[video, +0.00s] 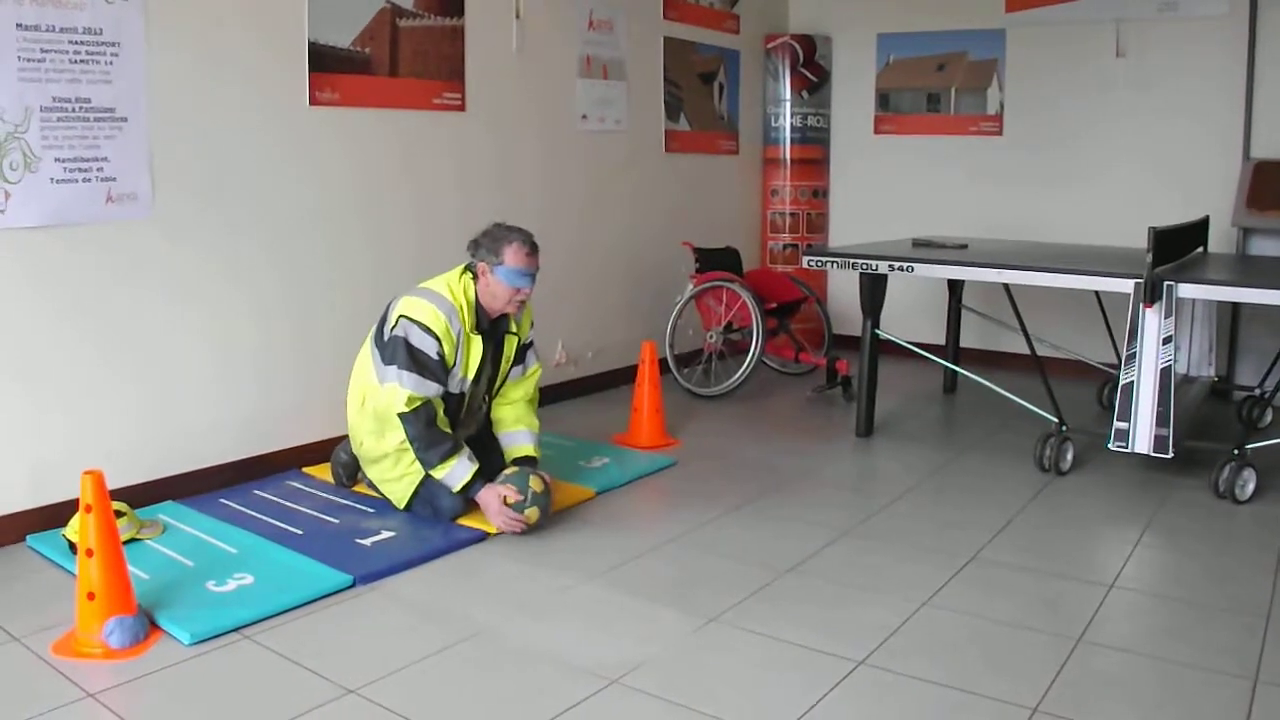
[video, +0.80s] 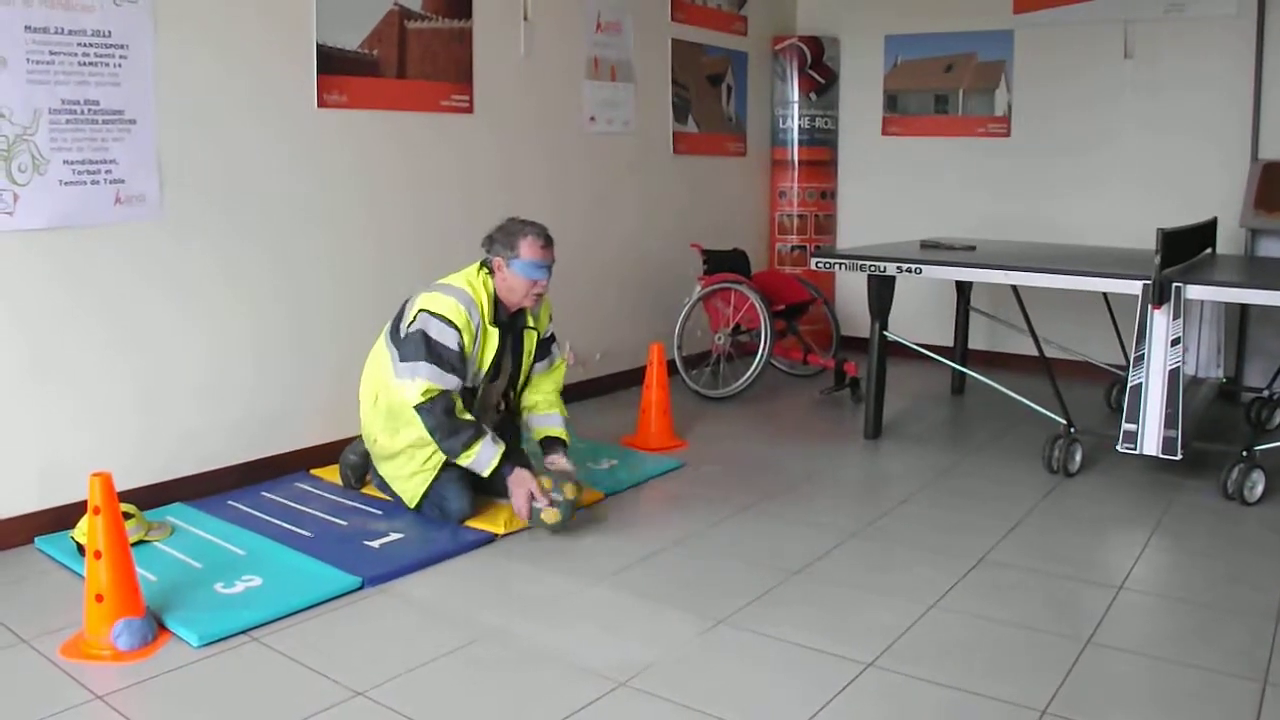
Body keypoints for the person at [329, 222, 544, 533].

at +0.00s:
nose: (527, 292)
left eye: (532, 280)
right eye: (517, 280)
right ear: (483, 272)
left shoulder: (516, 314)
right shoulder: (426, 316)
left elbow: (515, 394)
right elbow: (416, 419)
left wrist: (525, 466)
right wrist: (479, 489)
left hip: (456, 416)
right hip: (388, 428)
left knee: (498, 476)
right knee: (450, 506)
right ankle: (369, 458)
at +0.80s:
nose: (543, 285)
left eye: (548, 273)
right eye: (533, 273)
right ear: (499, 268)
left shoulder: (534, 308)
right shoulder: (446, 310)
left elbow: (541, 383)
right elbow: (434, 409)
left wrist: (554, 450)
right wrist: (508, 469)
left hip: (470, 412)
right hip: (401, 422)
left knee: (511, 484)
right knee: (455, 506)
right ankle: (375, 462)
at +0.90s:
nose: (544, 288)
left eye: (548, 276)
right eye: (534, 276)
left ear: (552, 271)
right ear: (499, 270)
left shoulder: (532, 309)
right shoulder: (453, 314)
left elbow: (557, 378)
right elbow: (477, 407)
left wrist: (606, 425)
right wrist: (568, 440)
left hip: (461, 410)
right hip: (405, 421)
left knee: (516, 483)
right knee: (455, 507)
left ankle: (425, 449)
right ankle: (377, 456)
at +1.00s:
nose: (550, 286)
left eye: (554, 274)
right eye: (541, 274)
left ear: (559, 272)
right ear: (505, 271)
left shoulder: (536, 305)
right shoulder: (462, 313)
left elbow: (570, 362)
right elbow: (504, 397)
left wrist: (622, 392)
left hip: (471, 405)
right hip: (410, 416)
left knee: (516, 485)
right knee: (456, 509)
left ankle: (432, 447)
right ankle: (377, 455)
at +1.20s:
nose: (562, 286)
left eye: (566, 275)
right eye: (553, 275)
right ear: (518, 269)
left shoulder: (547, 307)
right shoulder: (468, 314)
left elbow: (566, 378)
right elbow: (493, 413)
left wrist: (609, 415)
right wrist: (581, 439)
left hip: (467, 412)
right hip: (413, 421)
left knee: (519, 485)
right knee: (457, 511)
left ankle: (427, 449)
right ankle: (378, 455)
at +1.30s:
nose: (569, 290)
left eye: (573, 279)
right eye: (560, 279)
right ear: (524, 272)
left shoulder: (551, 316)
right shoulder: (471, 317)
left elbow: (556, 388)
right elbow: (465, 419)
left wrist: (584, 444)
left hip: (473, 414)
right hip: (411, 421)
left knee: (520, 490)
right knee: (459, 510)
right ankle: (379, 456)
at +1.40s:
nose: (576, 296)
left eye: (580, 284)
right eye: (566, 284)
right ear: (532, 277)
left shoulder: (555, 326)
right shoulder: (472, 319)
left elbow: (545, 396)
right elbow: (441, 416)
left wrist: (562, 456)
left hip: (479, 411)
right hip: (409, 420)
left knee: (524, 488)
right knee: (461, 513)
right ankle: (383, 459)